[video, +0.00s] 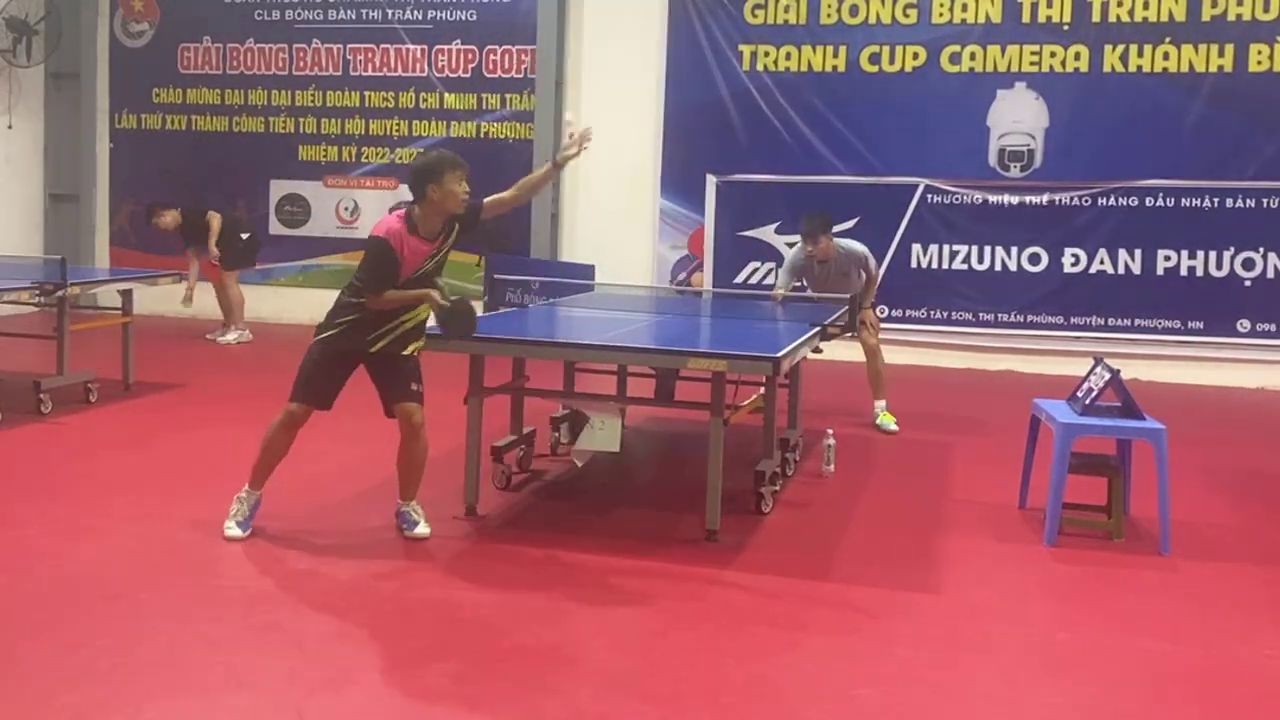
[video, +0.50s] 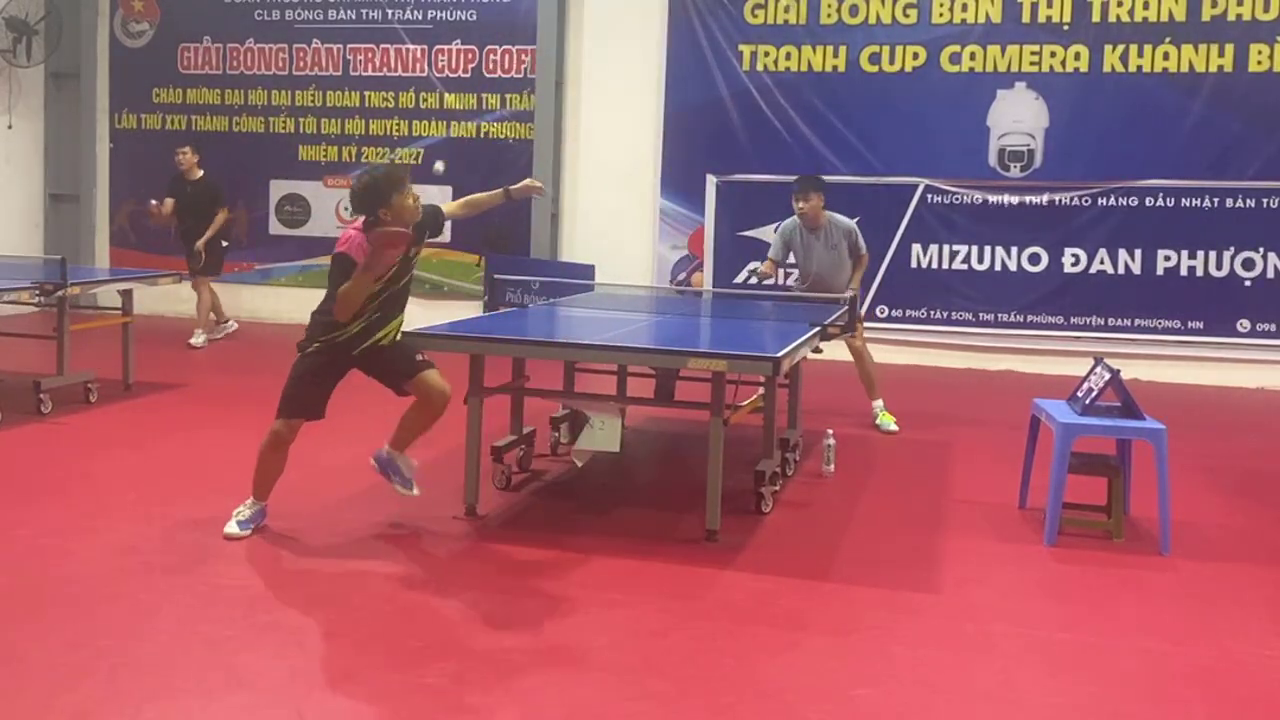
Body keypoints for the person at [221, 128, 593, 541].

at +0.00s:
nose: (468, 191)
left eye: (466, 183)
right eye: (459, 183)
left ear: (444, 191)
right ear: (431, 192)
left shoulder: (454, 219)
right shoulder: (390, 233)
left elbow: (511, 198)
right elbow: (373, 298)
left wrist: (558, 161)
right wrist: (425, 294)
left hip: (400, 334)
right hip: (347, 330)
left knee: (414, 420)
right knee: (295, 414)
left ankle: (408, 506)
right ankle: (249, 495)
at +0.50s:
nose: (416, 197)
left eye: (412, 191)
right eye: (408, 194)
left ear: (398, 205)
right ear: (385, 209)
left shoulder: (415, 225)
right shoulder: (354, 242)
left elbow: (462, 207)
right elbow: (341, 309)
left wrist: (511, 192)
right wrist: (373, 269)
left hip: (380, 339)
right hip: (330, 342)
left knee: (437, 393)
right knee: (282, 431)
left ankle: (391, 455)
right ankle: (255, 505)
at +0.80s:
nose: (487, 252)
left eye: (489, 246)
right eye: (486, 245)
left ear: (463, 240)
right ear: (465, 242)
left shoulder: (443, 258)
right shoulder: (406, 259)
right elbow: (356, 269)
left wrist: (404, 336)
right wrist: (390, 324)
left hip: (393, 345)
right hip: (349, 344)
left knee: (450, 428)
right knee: (332, 453)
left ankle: (401, 501)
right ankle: (263, 494)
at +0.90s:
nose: (503, 237)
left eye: (505, 229)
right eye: (503, 229)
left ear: (472, 221)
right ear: (489, 228)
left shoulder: (449, 243)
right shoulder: (436, 254)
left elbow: (405, 252)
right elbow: (394, 271)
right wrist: (425, 326)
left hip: (397, 349)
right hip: (362, 350)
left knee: (448, 427)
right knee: (381, 446)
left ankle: (402, 501)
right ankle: (293, 482)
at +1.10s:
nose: (517, 198)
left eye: (515, 190)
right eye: (516, 190)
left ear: (476, 186)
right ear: (507, 193)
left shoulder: (442, 212)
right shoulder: (473, 233)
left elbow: (392, 238)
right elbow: (446, 278)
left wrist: (371, 257)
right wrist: (475, 322)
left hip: (374, 330)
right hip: (400, 335)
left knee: (425, 418)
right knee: (456, 423)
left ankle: (396, 503)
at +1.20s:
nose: (514, 203)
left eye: (515, 196)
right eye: (515, 196)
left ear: (471, 191)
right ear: (506, 197)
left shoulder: (435, 220)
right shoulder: (482, 243)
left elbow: (380, 249)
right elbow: (474, 305)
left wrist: (375, 259)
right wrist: (501, 334)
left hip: (386, 347)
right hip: (419, 352)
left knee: (421, 430)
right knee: (476, 448)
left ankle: (373, 519)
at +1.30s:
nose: (512, 209)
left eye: (511, 202)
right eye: (512, 202)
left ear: (467, 200)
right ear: (505, 204)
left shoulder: (431, 232)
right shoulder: (499, 254)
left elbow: (372, 265)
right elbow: (515, 335)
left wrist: (400, 263)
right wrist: (526, 330)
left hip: (394, 365)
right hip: (448, 375)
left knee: (403, 433)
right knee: (505, 464)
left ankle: (370, 520)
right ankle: (489, 575)